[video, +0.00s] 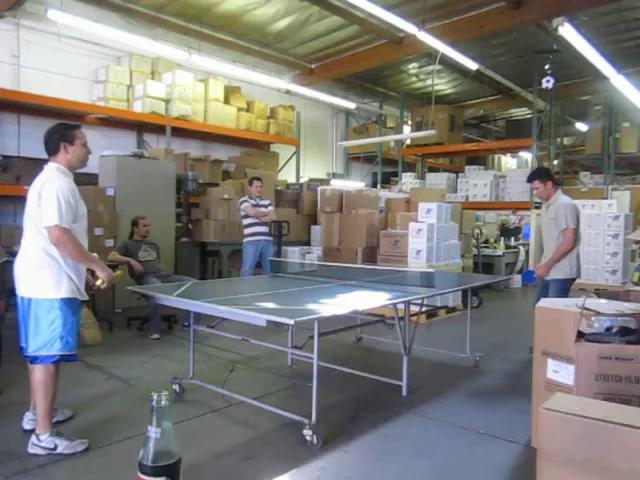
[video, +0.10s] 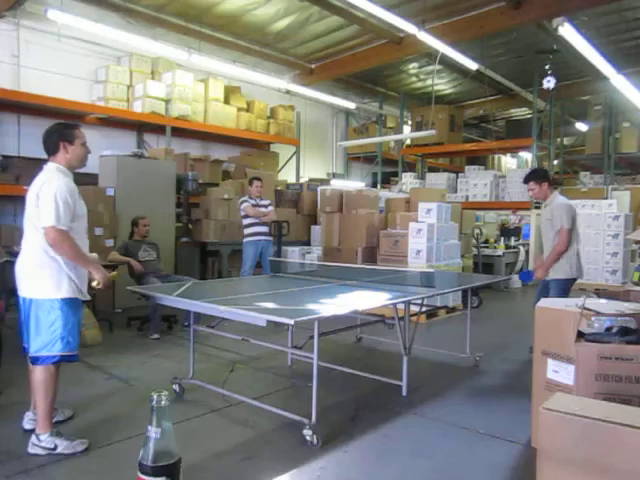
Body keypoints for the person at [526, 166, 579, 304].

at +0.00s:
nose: (535, 193)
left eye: (537, 189)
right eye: (533, 189)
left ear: (549, 184)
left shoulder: (564, 205)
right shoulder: (546, 206)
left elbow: (569, 241)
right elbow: (551, 242)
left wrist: (546, 266)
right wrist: (541, 265)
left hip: (562, 271)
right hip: (548, 271)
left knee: (553, 315)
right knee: (540, 311)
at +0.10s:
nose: (531, 194)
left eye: (533, 190)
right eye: (529, 190)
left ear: (545, 185)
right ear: (544, 186)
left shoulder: (561, 205)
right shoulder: (547, 206)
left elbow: (563, 243)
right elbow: (552, 243)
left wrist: (544, 267)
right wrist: (541, 263)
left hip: (563, 271)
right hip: (551, 270)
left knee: (554, 314)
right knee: (539, 309)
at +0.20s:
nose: (524, 199)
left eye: (525, 194)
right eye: (522, 195)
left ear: (536, 191)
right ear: (536, 191)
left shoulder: (550, 208)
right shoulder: (542, 209)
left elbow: (553, 245)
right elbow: (546, 247)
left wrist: (541, 270)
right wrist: (533, 270)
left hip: (564, 271)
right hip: (553, 270)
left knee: (553, 311)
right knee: (539, 306)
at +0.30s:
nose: (517, 203)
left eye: (518, 199)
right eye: (515, 200)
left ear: (529, 195)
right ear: (530, 196)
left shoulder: (543, 211)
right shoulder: (540, 210)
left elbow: (546, 250)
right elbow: (542, 248)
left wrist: (540, 276)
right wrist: (535, 271)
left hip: (563, 270)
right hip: (554, 270)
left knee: (552, 310)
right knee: (538, 304)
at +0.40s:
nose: (512, 205)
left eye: (513, 200)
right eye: (511, 201)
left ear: (523, 196)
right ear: (524, 195)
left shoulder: (536, 211)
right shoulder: (541, 208)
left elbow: (541, 246)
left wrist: (537, 275)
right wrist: (537, 273)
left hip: (558, 268)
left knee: (547, 310)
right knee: (538, 302)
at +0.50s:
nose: (508, 204)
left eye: (509, 199)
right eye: (507, 200)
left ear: (519, 195)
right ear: (520, 195)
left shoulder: (532, 210)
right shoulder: (539, 207)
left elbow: (536, 244)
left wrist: (531, 273)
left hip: (554, 266)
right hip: (563, 263)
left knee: (538, 307)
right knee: (541, 306)